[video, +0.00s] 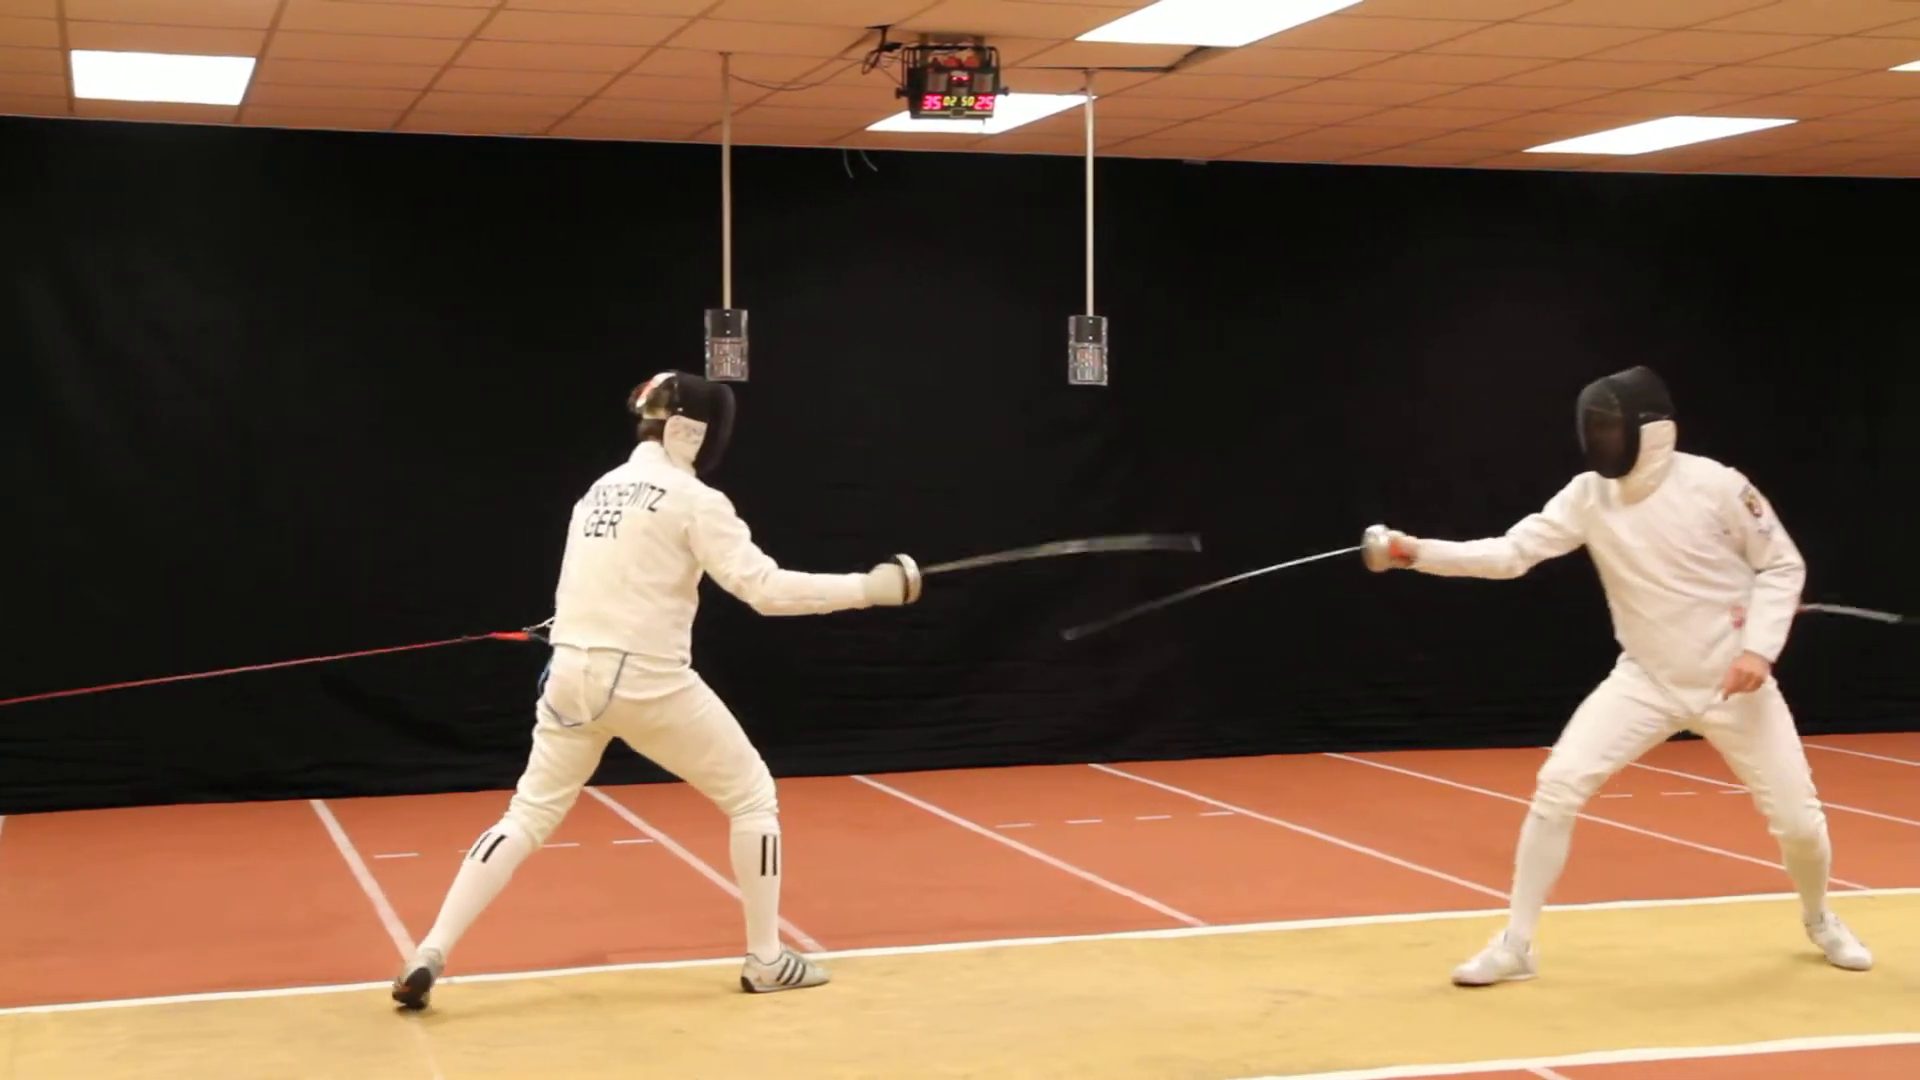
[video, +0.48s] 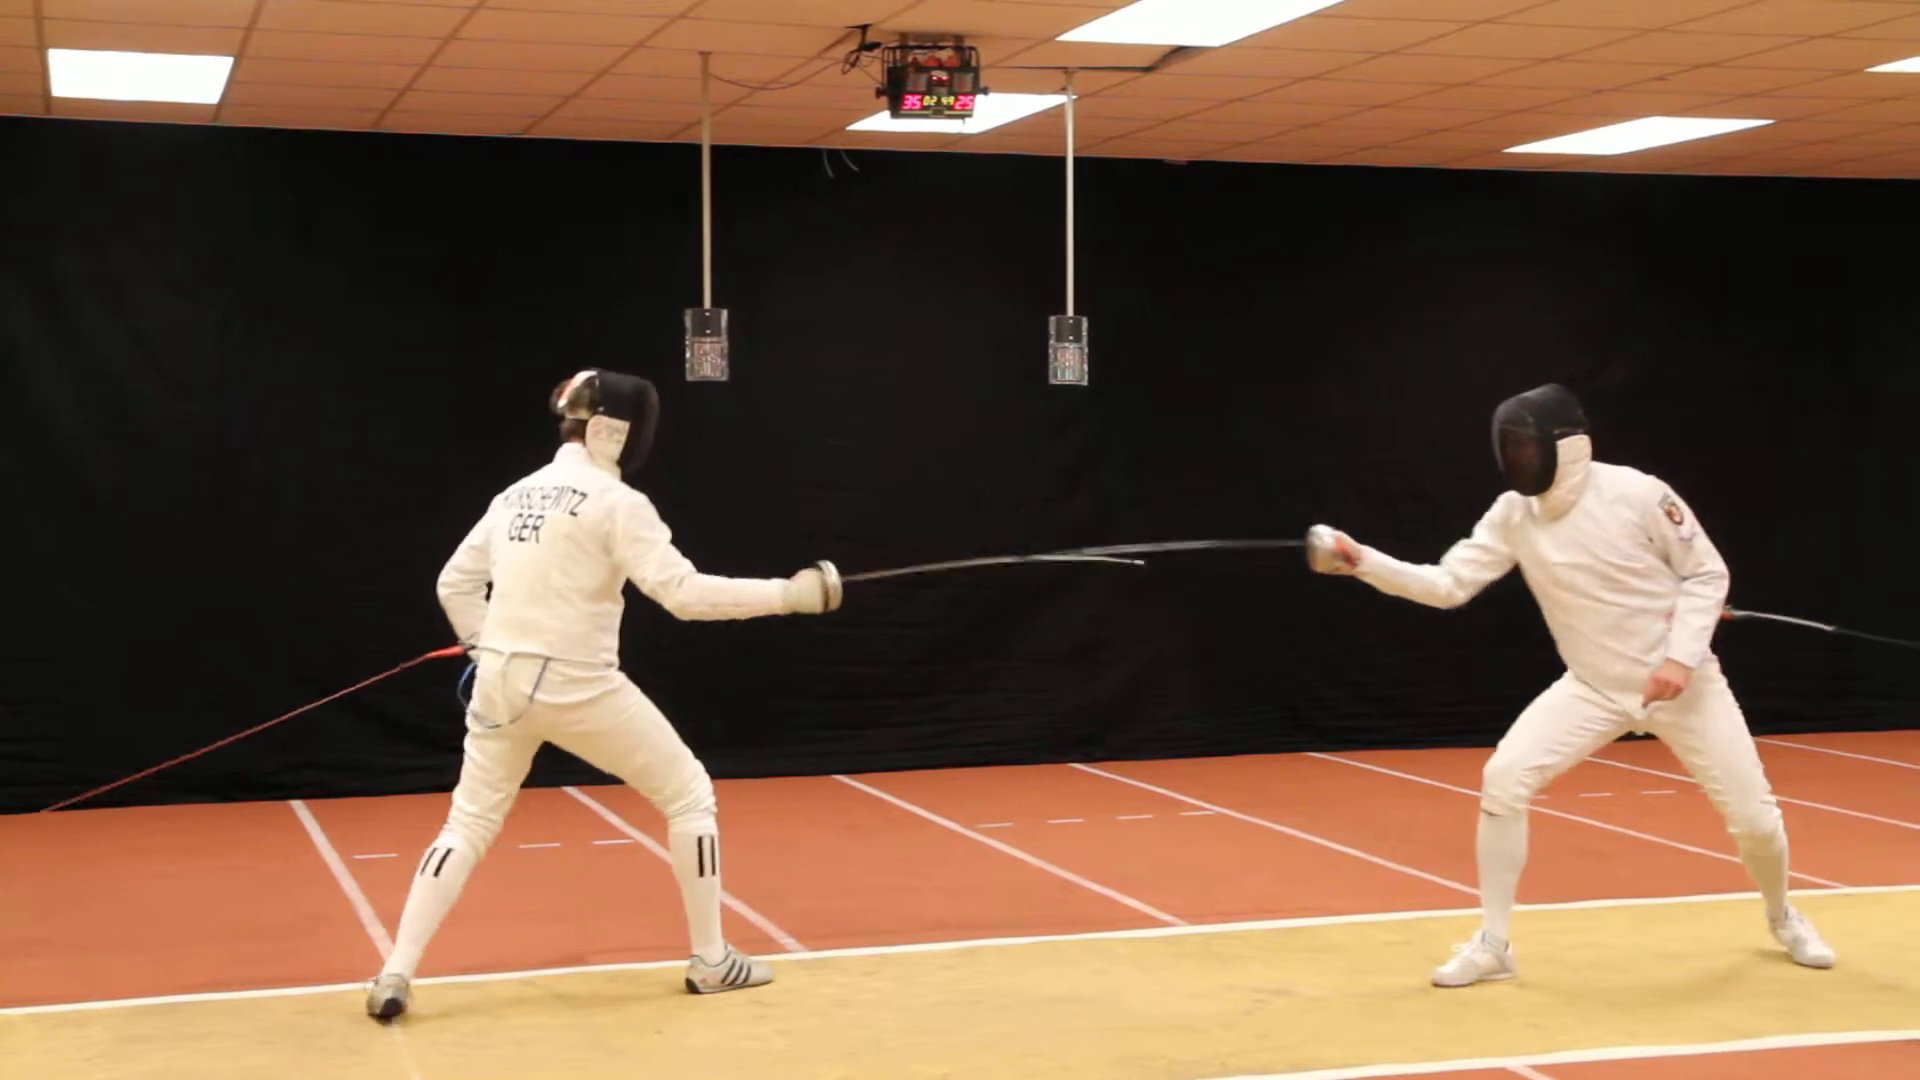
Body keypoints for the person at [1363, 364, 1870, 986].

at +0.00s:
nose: (1599, 440)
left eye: (1612, 427)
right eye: (1594, 428)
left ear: (1654, 430)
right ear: (1590, 433)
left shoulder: (1715, 487)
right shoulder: (1588, 498)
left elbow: (1781, 567)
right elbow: (1510, 552)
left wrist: (1757, 650)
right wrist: (1411, 552)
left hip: (1736, 684)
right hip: (1642, 683)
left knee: (1804, 826)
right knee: (1557, 788)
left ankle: (1819, 921)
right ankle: (1516, 943)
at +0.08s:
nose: (1575, 450)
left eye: (1587, 437)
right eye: (1571, 437)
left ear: (1631, 438)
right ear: (1573, 441)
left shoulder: (1695, 494)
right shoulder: (1569, 505)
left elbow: (1758, 577)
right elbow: (1494, 573)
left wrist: (1734, 659)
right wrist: (1401, 558)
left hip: (1718, 689)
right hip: (1625, 689)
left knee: (1791, 828)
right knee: (1532, 781)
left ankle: (1811, 922)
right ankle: (1509, 942)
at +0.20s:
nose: (1535, 454)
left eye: (1547, 440)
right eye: (1531, 441)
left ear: (1589, 442)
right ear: (1531, 446)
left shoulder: (1659, 499)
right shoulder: (1531, 516)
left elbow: (1723, 576)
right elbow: (1461, 585)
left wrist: (1700, 662)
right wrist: (1374, 560)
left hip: (1687, 691)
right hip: (1595, 691)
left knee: (1766, 824)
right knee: (1503, 781)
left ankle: (1794, 921)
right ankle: (1496, 943)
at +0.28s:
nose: (1512, 458)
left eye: (1524, 444)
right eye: (1508, 444)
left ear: (1568, 444)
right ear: (1515, 449)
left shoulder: (1639, 499)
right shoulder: (1509, 519)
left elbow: (1706, 575)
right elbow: (1429, 575)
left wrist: (1686, 660)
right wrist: (1340, 552)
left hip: (1676, 689)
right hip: (1583, 692)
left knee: (1757, 822)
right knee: (1496, 781)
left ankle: (1773, 919)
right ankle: (1494, 942)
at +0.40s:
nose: (1504, 460)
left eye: (1516, 447)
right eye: (1499, 448)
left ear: (1560, 447)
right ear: (1500, 453)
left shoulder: (1630, 500)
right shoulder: (1498, 522)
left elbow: (1698, 578)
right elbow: (1417, 567)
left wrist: (1677, 662)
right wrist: (1326, 547)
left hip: (1675, 684)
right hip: (1583, 691)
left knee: (1757, 822)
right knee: (1495, 780)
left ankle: (1773, 916)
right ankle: (1493, 943)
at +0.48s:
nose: (1516, 460)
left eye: (1528, 446)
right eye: (1511, 447)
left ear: (1569, 444)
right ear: (1511, 450)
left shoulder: (1639, 496)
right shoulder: (1514, 517)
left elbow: (1707, 574)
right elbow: (1446, 586)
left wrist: (1680, 659)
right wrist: (1359, 560)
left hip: (1684, 684)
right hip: (1590, 689)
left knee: (1760, 823)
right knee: (1504, 780)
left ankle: (1783, 916)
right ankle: (1493, 944)